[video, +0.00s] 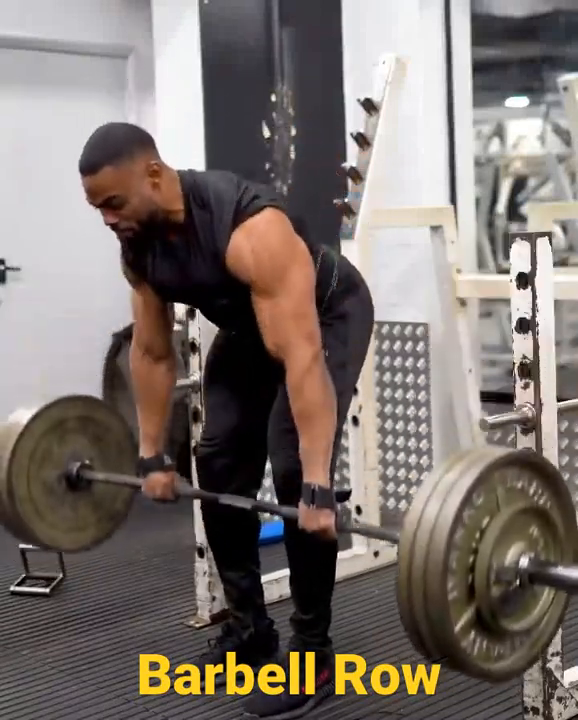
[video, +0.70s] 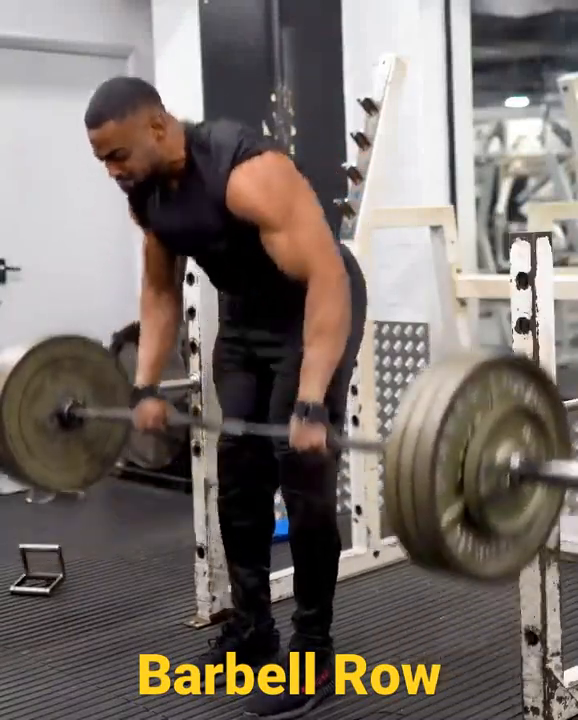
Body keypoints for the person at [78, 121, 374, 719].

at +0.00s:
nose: (108, 220)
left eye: (114, 204)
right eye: (99, 209)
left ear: (155, 174)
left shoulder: (252, 230)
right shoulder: (141, 244)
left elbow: (304, 356)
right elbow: (151, 352)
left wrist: (317, 484)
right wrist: (152, 454)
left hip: (326, 312)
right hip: (248, 324)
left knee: (293, 465)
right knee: (218, 468)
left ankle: (310, 648)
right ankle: (248, 626)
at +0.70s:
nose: (113, 172)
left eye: (118, 156)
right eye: (105, 161)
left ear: (160, 127)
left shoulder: (251, 170)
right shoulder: (149, 193)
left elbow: (329, 277)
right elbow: (159, 292)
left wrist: (311, 400)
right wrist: (147, 386)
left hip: (318, 311)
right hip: (247, 319)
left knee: (305, 469)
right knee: (240, 468)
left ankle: (312, 648)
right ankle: (251, 624)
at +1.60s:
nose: (111, 190)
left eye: (115, 173)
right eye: (102, 178)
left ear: (155, 141)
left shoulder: (252, 185)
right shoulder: (144, 208)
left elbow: (321, 295)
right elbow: (153, 304)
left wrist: (306, 419)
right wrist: (141, 398)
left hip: (315, 319)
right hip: (243, 329)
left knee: (303, 466)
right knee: (222, 467)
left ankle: (310, 646)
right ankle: (248, 627)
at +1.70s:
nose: (102, 202)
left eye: (107, 186)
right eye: (94, 191)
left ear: (147, 155)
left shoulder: (247, 202)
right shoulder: (137, 223)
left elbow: (308, 321)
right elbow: (147, 323)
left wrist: (307, 446)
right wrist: (143, 424)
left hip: (316, 310)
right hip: (243, 322)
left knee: (300, 471)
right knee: (217, 468)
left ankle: (310, 646)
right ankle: (248, 625)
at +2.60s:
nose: (105, 181)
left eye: (114, 165)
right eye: (98, 169)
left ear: (160, 147)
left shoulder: (249, 212)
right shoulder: (139, 229)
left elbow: (314, 327)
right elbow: (149, 327)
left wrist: (304, 455)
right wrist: (142, 430)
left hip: (320, 310)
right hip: (246, 323)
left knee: (296, 473)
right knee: (225, 471)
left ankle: (310, 649)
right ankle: (247, 626)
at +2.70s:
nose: (113, 154)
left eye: (121, 137)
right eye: (106, 142)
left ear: (166, 111)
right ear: (106, 134)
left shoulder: (251, 165)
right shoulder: (147, 188)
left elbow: (329, 269)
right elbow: (156, 285)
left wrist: (304, 392)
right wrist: (140, 376)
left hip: (305, 318)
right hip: (237, 324)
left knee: (296, 471)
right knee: (232, 468)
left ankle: (311, 649)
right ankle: (249, 625)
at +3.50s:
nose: (122, 181)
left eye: (127, 164)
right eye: (114, 170)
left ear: (169, 133)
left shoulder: (262, 177)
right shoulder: (153, 198)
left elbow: (337, 278)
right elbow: (161, 287)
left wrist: (317, 397)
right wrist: (149, 377)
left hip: (313, 327)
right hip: (242, 335)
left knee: (302, 480)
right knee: (227, 485)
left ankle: (311, 648)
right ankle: (248, 629)